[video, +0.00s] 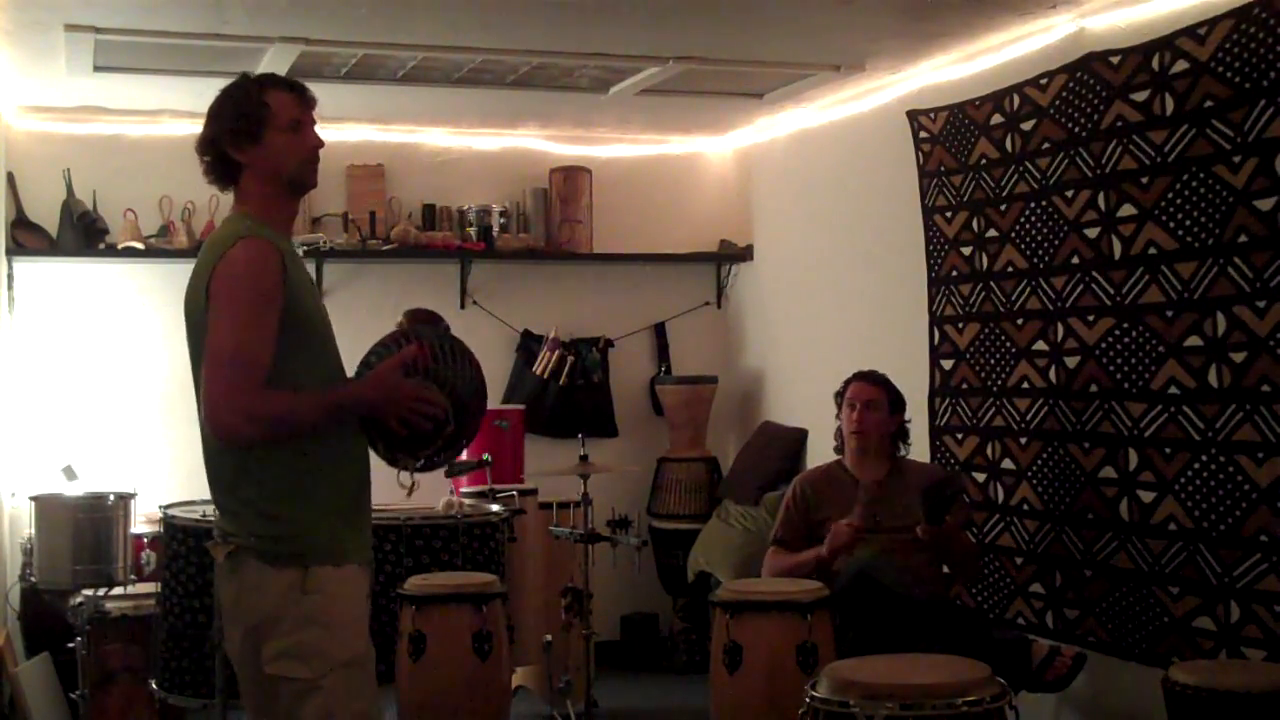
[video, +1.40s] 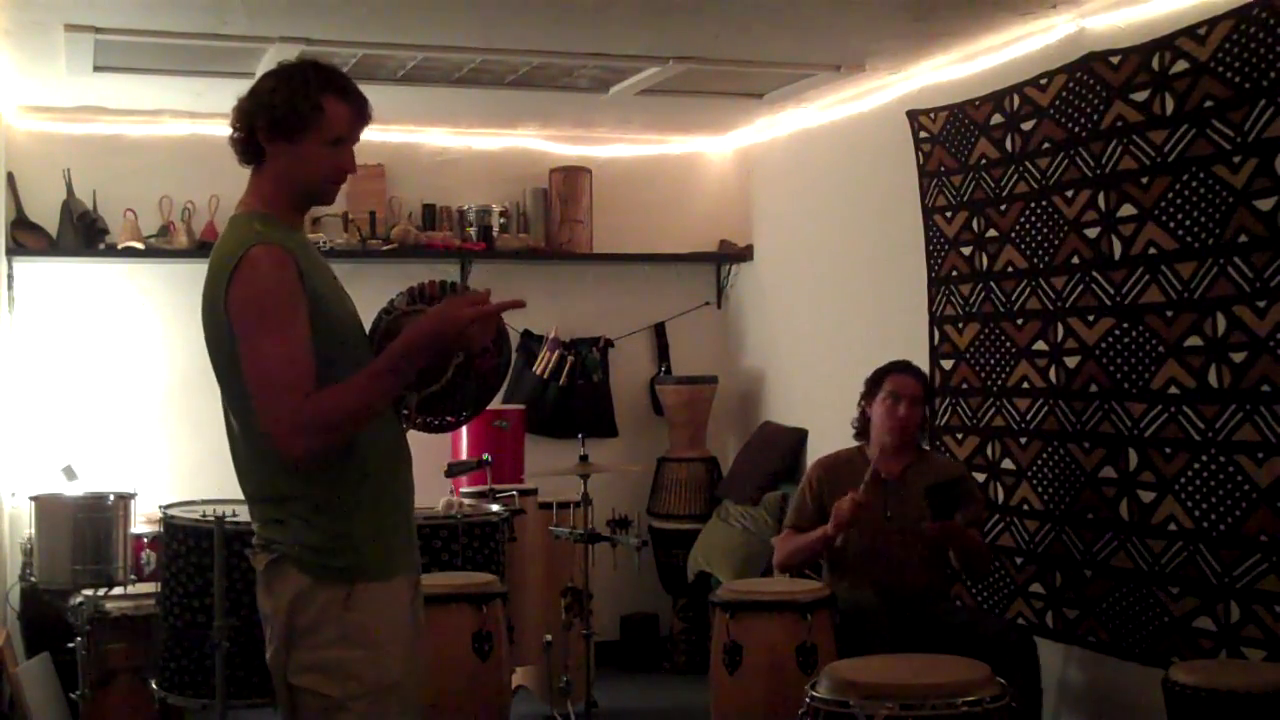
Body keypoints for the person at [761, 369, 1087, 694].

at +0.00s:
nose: (857, 416)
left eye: (870, 408)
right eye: (850, 406)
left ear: (896, 422)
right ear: (839, 418)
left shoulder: (930, 481)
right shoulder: (810, 487)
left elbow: (971, 569)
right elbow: (771, 570)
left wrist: (945, 539)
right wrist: (824, 551)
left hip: (925, 608)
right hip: (843, 614)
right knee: (864, 576)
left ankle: (1019, 663)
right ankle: (1014, 650)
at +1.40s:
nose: (904, 412)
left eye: (915, 403)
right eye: (893, 399)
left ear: (923, 414)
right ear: (868, 405)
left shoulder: (949, 475)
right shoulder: (828, 472)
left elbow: (981, 568)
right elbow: (781, 558)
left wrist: (956, 535)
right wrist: (829, 530)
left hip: (933, 616)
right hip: (852, 617)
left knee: (1013, 644)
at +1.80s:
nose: (931, 414)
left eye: (942, 404)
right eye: (918, 401)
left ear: (952, 416)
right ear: (889, 409)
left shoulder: (973, 482)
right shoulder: (848, 477)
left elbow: (1000, 568)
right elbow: (803, 565)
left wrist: (977, 570)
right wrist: (849, 554)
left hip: (943, 615)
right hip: (866, 616)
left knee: (1021, 648)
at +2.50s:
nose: (968, 450)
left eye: (979, 439)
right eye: (956, 437)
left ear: (992, 445)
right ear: (929, 438)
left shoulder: (1008, 500)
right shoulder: (883, 492)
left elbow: (1008, 588)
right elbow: (831, 575)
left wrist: (991, 612)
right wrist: (871, 578)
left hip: (966, 624)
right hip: (889, 619)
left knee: (1021, 648)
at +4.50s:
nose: (950, 444)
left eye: (967, 437)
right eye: (947, 429)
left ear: (989, 454)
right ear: (936, 431)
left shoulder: (1005, 505)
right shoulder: (884, 488)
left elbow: (1004, 590)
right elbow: (831, 575)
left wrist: (988, 612)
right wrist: (877, 582)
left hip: (960, 625)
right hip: (886, 620)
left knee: (1016, 650)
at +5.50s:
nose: (979, 452)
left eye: (997, 445)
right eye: (974, 436)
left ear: (1016, 459)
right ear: (957, 436)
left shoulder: (1028, 509)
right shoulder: (907, 483)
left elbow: (1018, 602)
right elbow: (814, 531)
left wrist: (981, 626)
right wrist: (875, 570)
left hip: (969, 618)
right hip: (896, 607)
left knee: (1019, 649)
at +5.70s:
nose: (968, 413)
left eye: (985, 405)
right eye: (961, 399)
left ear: (1004, 423)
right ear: (944, 407)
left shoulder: (1018, 496)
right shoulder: (894, 460)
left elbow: (1024, 596)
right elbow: (801, 510)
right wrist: (858, 542)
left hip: (961, 619)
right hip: (879, 609)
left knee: (1018, 670)